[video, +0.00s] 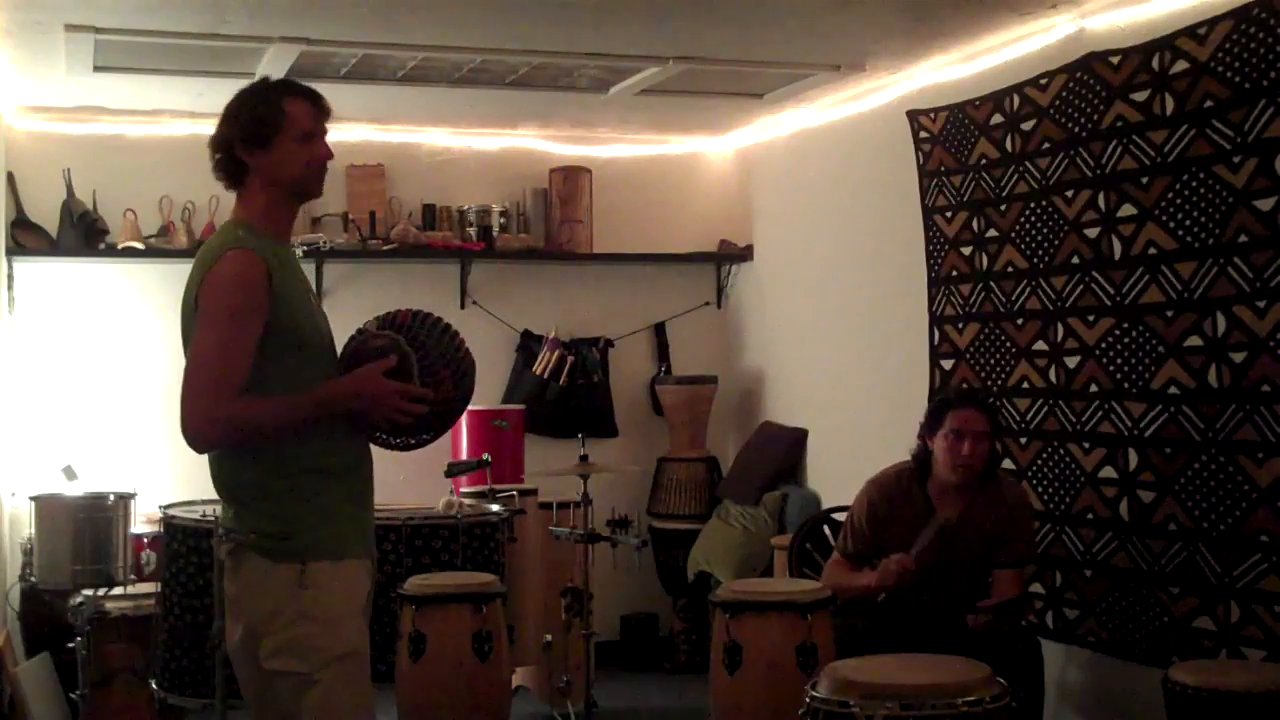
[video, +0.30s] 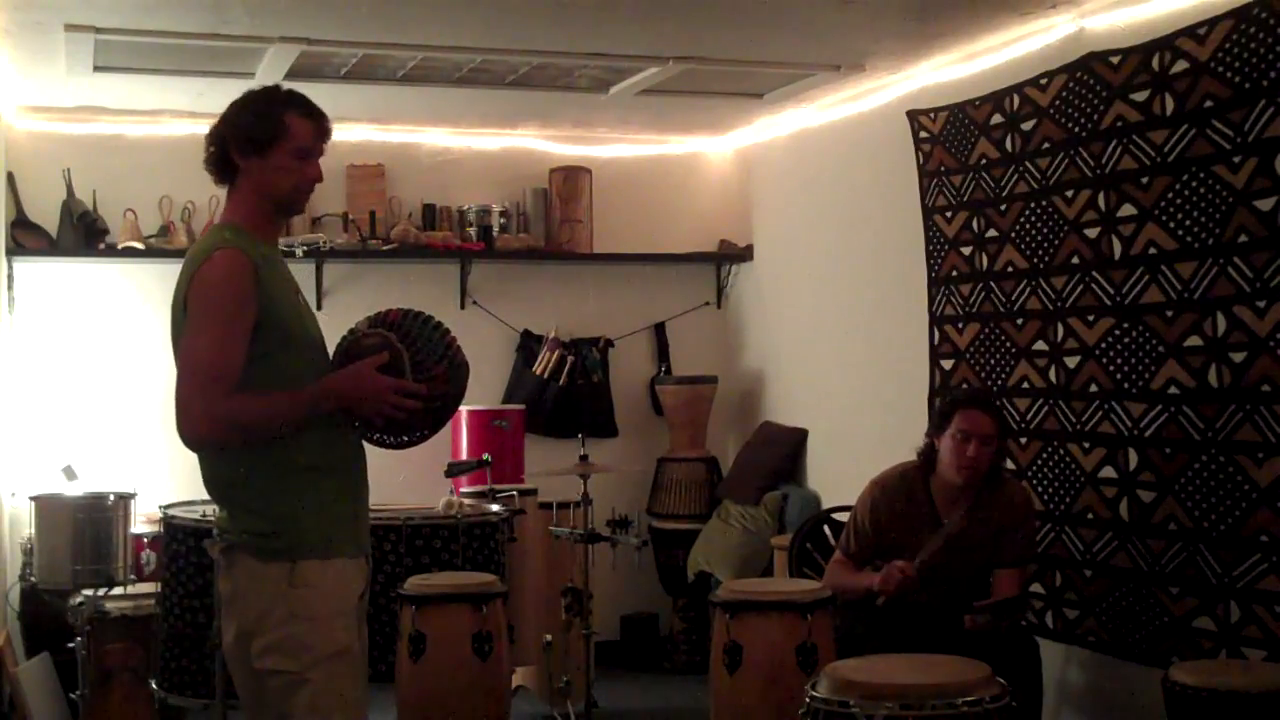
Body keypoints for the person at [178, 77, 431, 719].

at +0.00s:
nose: (327, 150)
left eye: (325, 137)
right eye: (310, 137)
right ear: (256, 149)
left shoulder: (270, 257)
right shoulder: (240, 261)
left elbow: (270, 398)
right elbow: (205, 421)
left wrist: (354, 377)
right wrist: (344, 397)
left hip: (313, 559)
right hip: (293, 564)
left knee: (322, 706)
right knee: (310, 708)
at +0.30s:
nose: (317, 172)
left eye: (318, 156)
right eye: (303, 155)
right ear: (248, 157)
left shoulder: (256, 258)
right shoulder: (227, 261)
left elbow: (258, 399)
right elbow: (202, 418)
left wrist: (347, 378)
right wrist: (337, 393)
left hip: (308, 560)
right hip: (287, 565)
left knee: (318, 705)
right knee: (305, 707)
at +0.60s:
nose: (312, 152)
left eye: (309, 138)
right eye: (295, 139)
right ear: (241, 152)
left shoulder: (262, 261)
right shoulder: (226, 262)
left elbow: (259, 398)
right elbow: (194, 416)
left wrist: (349, 378)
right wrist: (331, 395)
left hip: (305, 562)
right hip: (281, 568)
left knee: (314, 706)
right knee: (300, 708)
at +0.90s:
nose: (315, 158)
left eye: (313, 144)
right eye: (297, 145)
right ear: (244, 157)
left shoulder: (263, 261)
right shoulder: (225, 261)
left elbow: (261, 398)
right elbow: (189, 412)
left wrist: (354, 388)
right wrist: (330, 392)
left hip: (310, 557)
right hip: (281, 563)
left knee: (320, 704)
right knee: (302, 707)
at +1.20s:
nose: (320, 172)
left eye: (322, 158)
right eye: (307, 155)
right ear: (251, 157)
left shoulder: (258, 261)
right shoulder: (225, 262)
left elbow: (253, 398)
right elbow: (194, 411)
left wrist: (356, 390)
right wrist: (336, 390)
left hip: (309, 561)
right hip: (285, 567)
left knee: (314, 706)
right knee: (302, 708)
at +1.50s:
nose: (322, 155)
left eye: (320, 141)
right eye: (304, 142)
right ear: (250, 156)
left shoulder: (270, 259)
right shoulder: (240, 258)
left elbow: (275, 403)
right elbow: (196, 407)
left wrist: (365, 386)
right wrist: (348, 406)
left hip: (303, 554)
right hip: (288, 561)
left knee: (295, 707)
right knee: (338, 706)